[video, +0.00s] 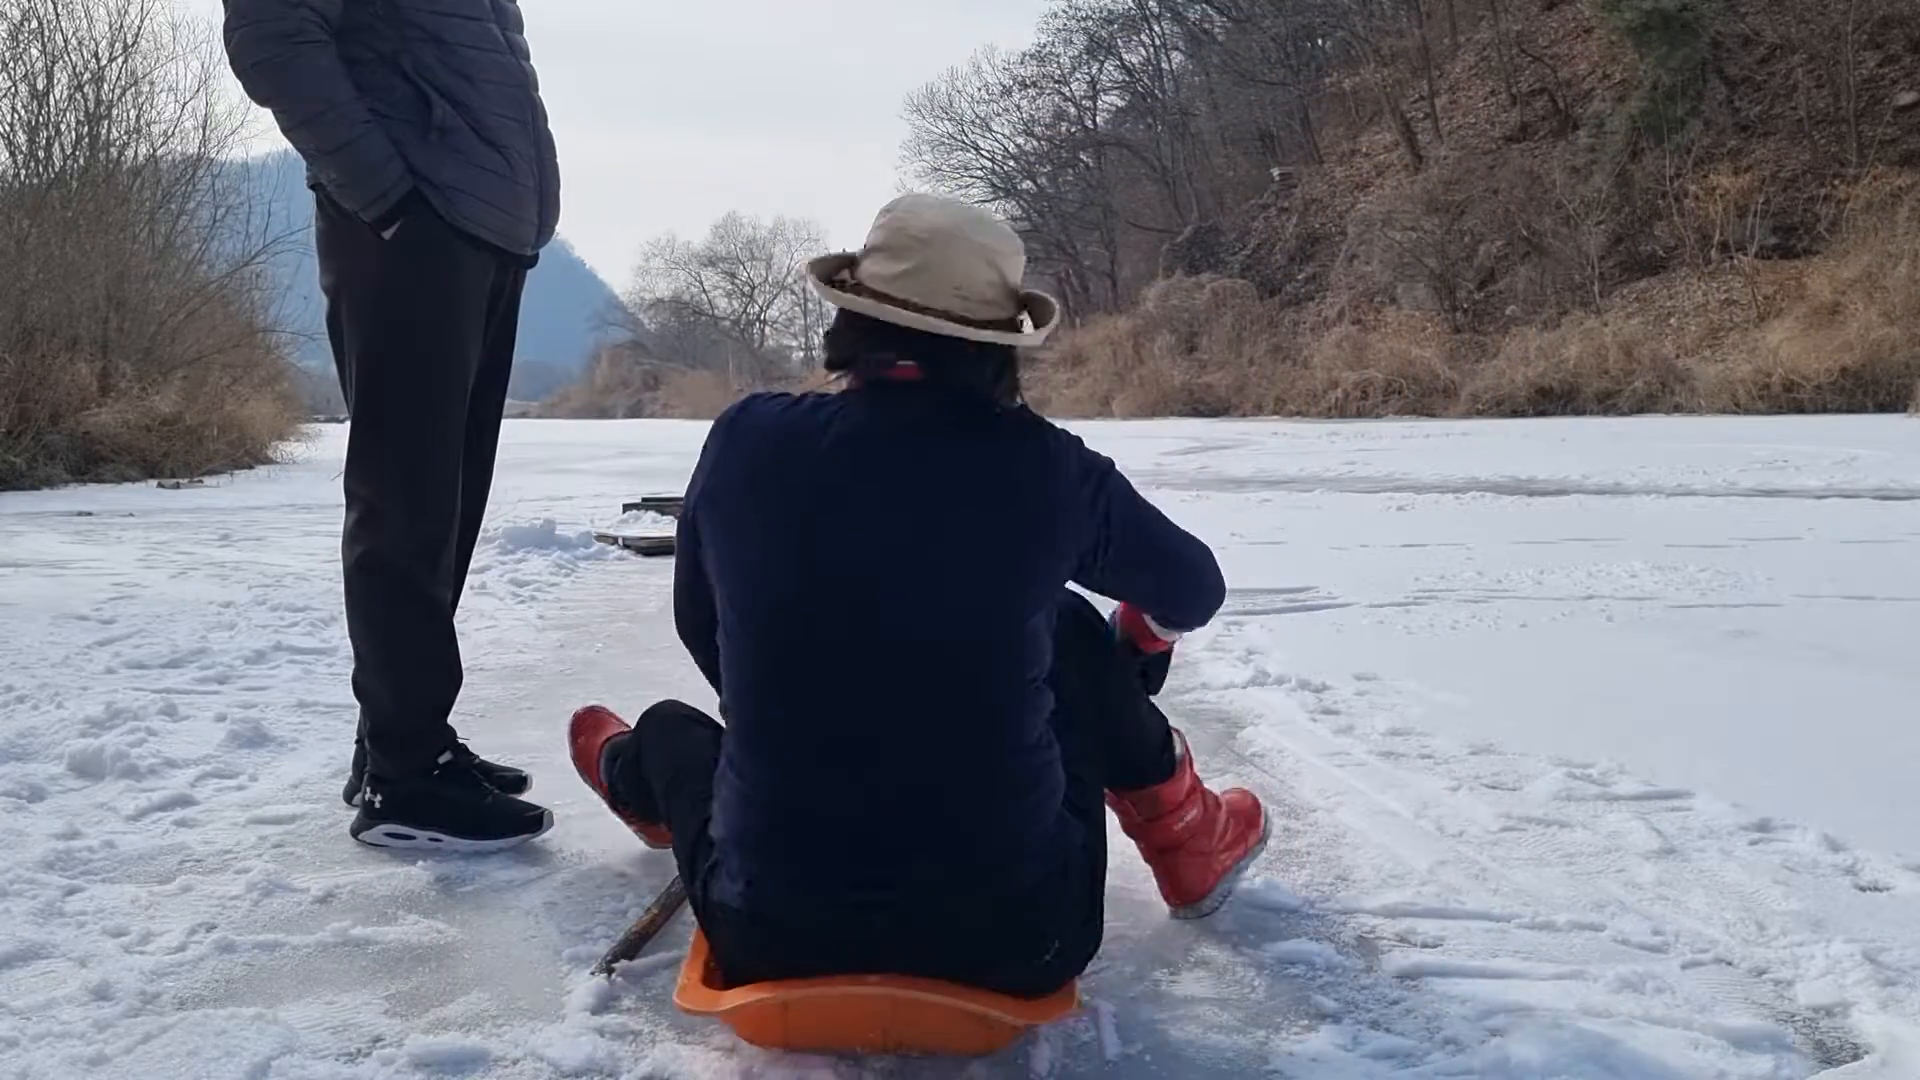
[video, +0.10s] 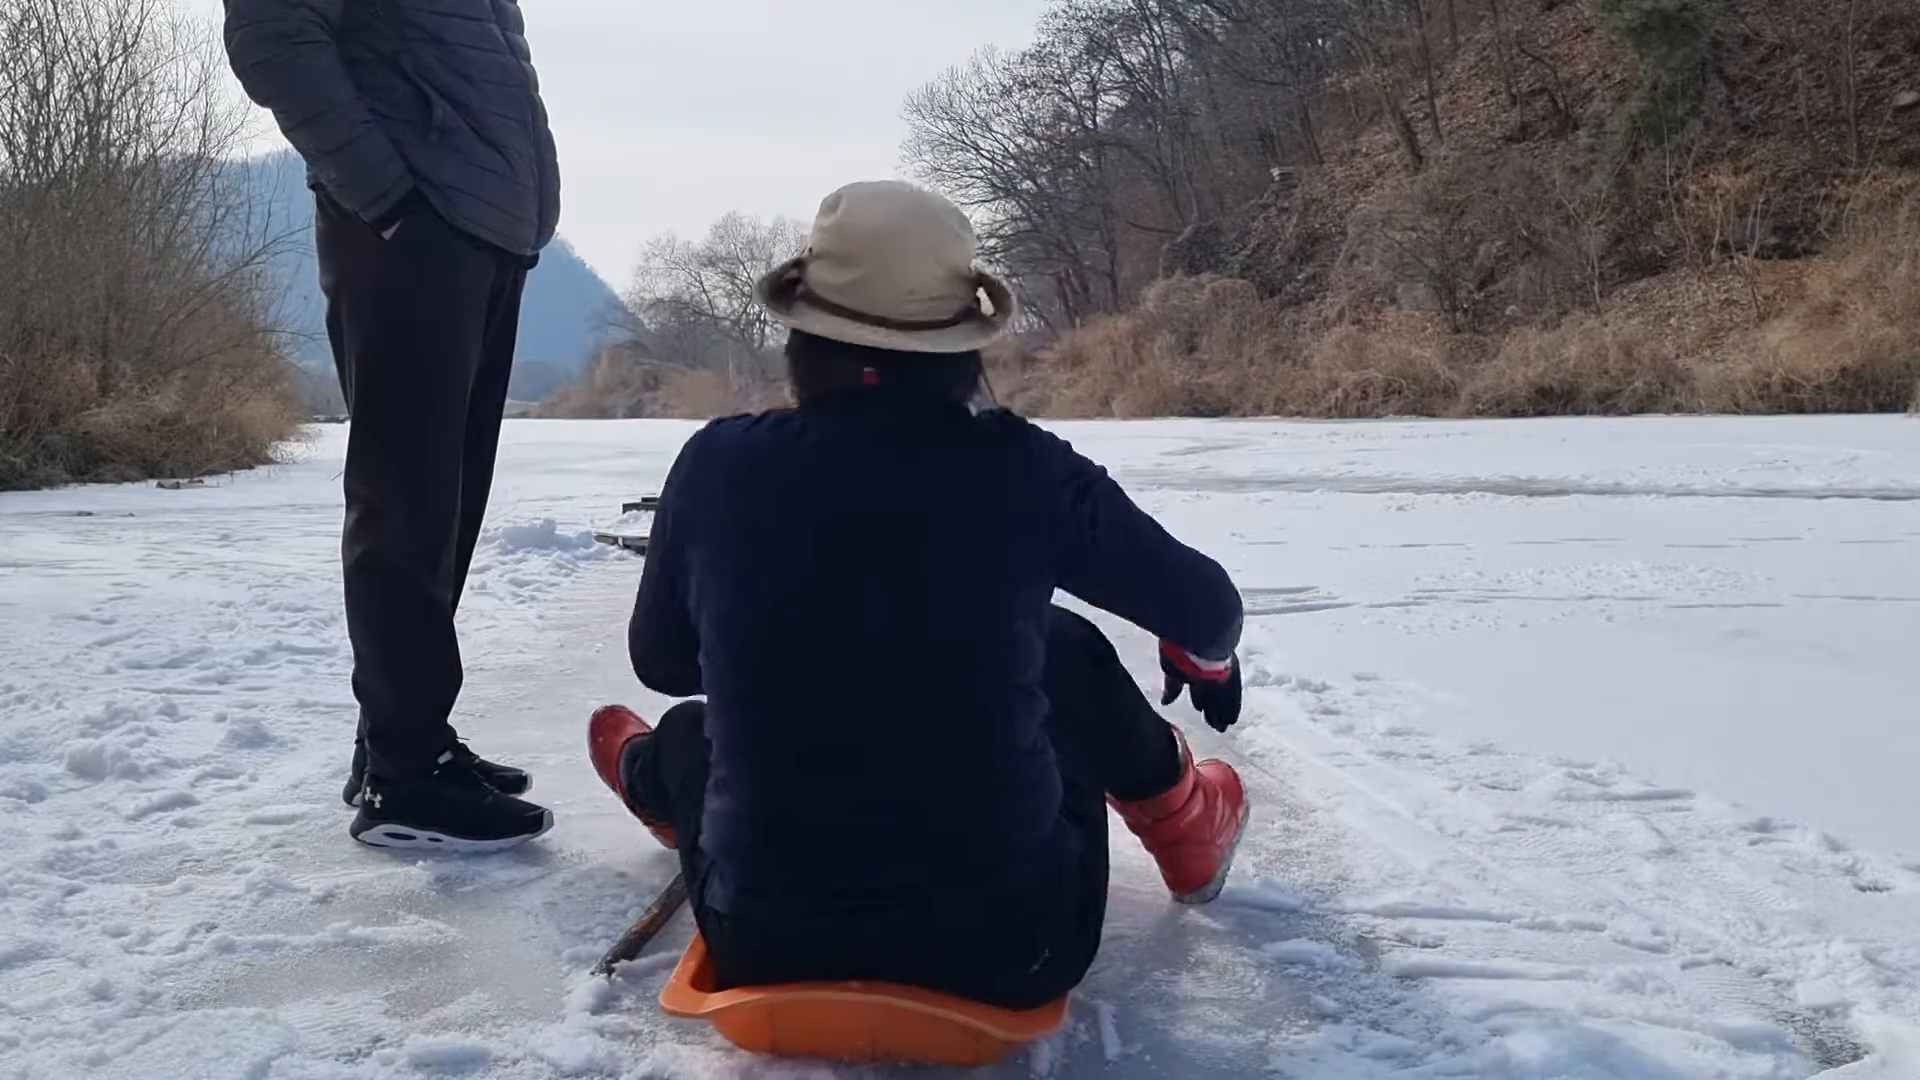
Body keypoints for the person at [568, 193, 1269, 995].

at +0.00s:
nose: (1021, 361)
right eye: (1013, 341)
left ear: (852, 330)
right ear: (994, 350)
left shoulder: (746, 438)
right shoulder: (1047, 466)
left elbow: (706, 635)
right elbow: (1193, 581)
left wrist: (798, 714)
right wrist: (1143, 631)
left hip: (778, 934)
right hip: (1007, 941)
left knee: (666, 735)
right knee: (1065, 617)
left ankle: (628, 776)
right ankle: (1186, 836)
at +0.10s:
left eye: (798, 329)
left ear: (807, 345)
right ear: (964, 352)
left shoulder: (719, 461)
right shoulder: (1019, 462)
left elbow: (663, 659)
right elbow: (1207, 605)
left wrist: (781, 634)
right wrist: (1205, 659)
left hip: (768, 945)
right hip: (1002, 956)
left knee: (687, 727)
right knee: (1054, 638)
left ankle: (651, 783)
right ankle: (1185, 828)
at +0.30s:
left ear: (759, 356)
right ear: (924, 351)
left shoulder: (683, 502)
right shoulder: (1012, 487)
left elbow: (631, 741)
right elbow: (1146, 685)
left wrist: (667, 793)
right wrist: (1229, 798)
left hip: (767, 952)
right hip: (998, 959)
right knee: (1080, 657)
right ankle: (1200, 838)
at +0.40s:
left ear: (756, 363)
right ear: (926, 359)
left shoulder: (679, 513)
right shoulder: (1006, 494)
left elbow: (628, 743)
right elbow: (1117, 715)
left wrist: (618, 878)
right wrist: (1176, 807)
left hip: (764, 948)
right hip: (996, 961)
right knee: (1069, 675)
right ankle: (1183, 828)